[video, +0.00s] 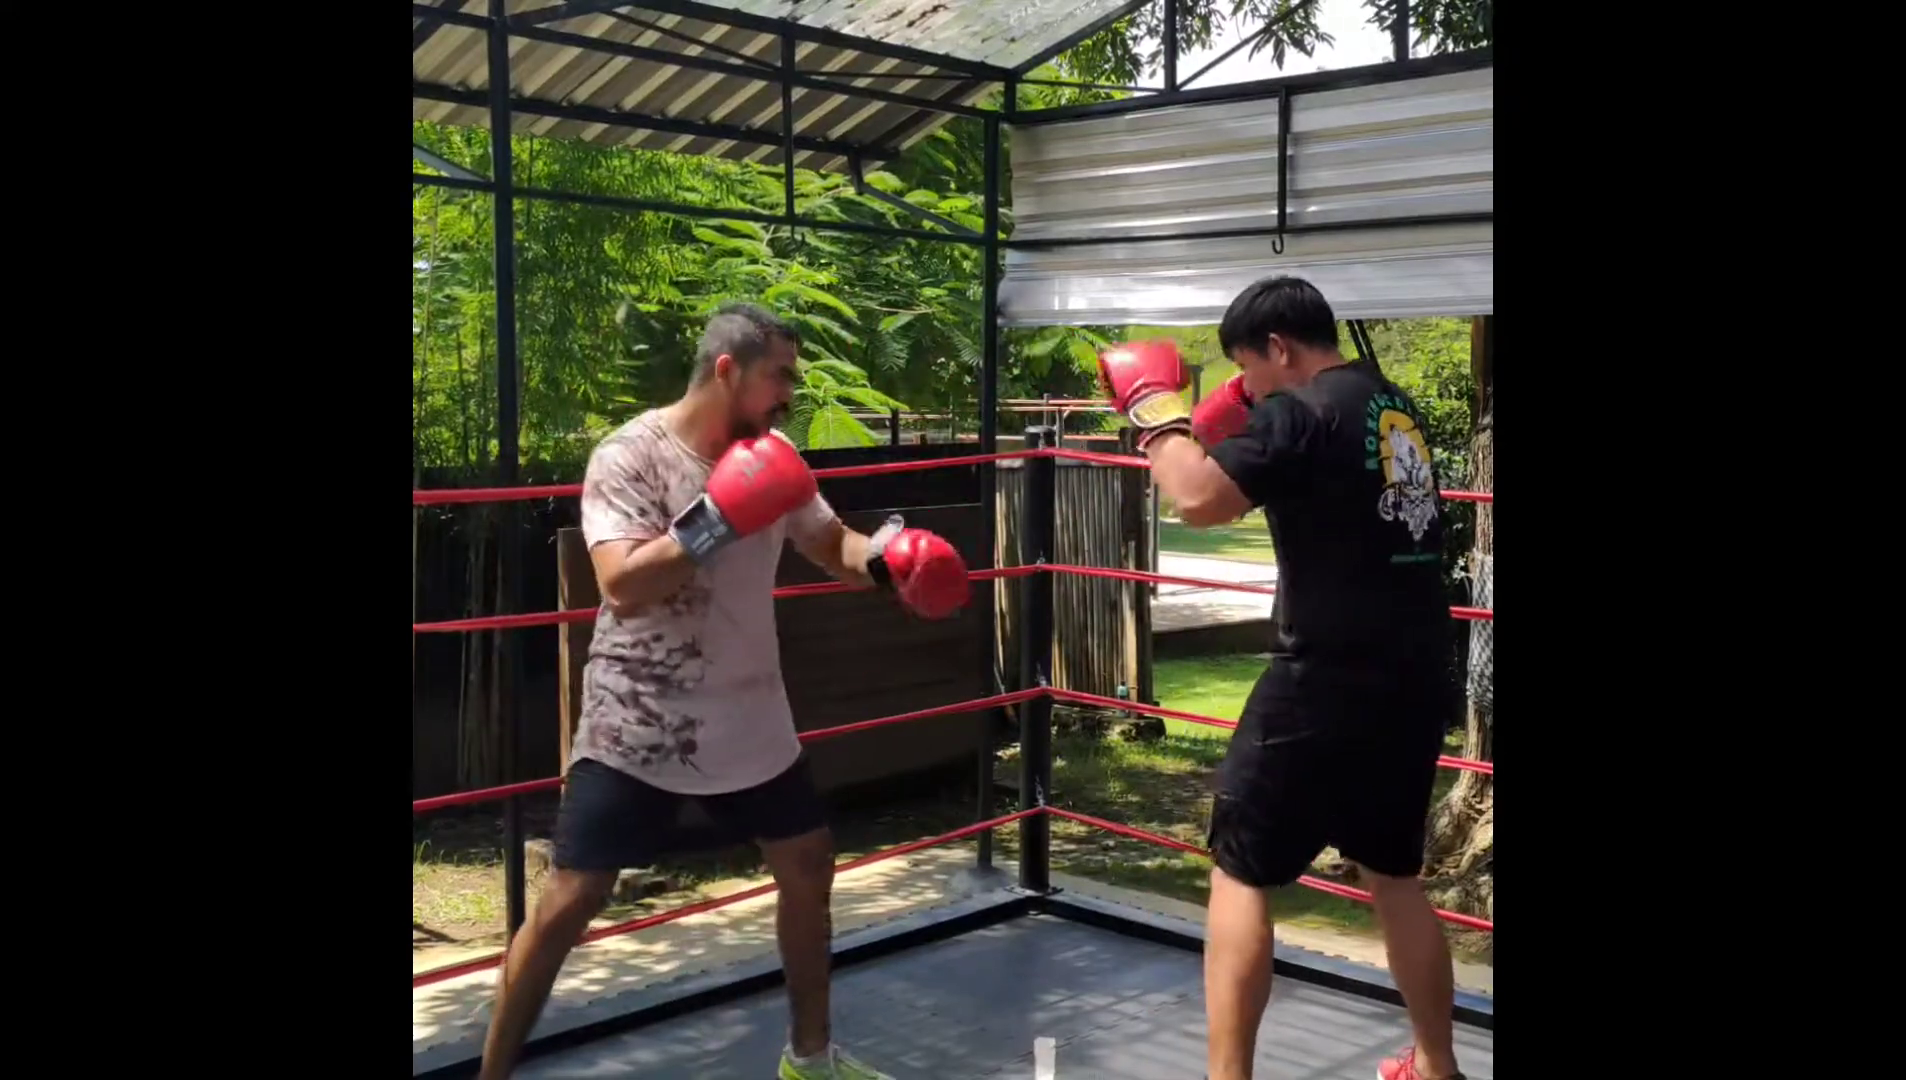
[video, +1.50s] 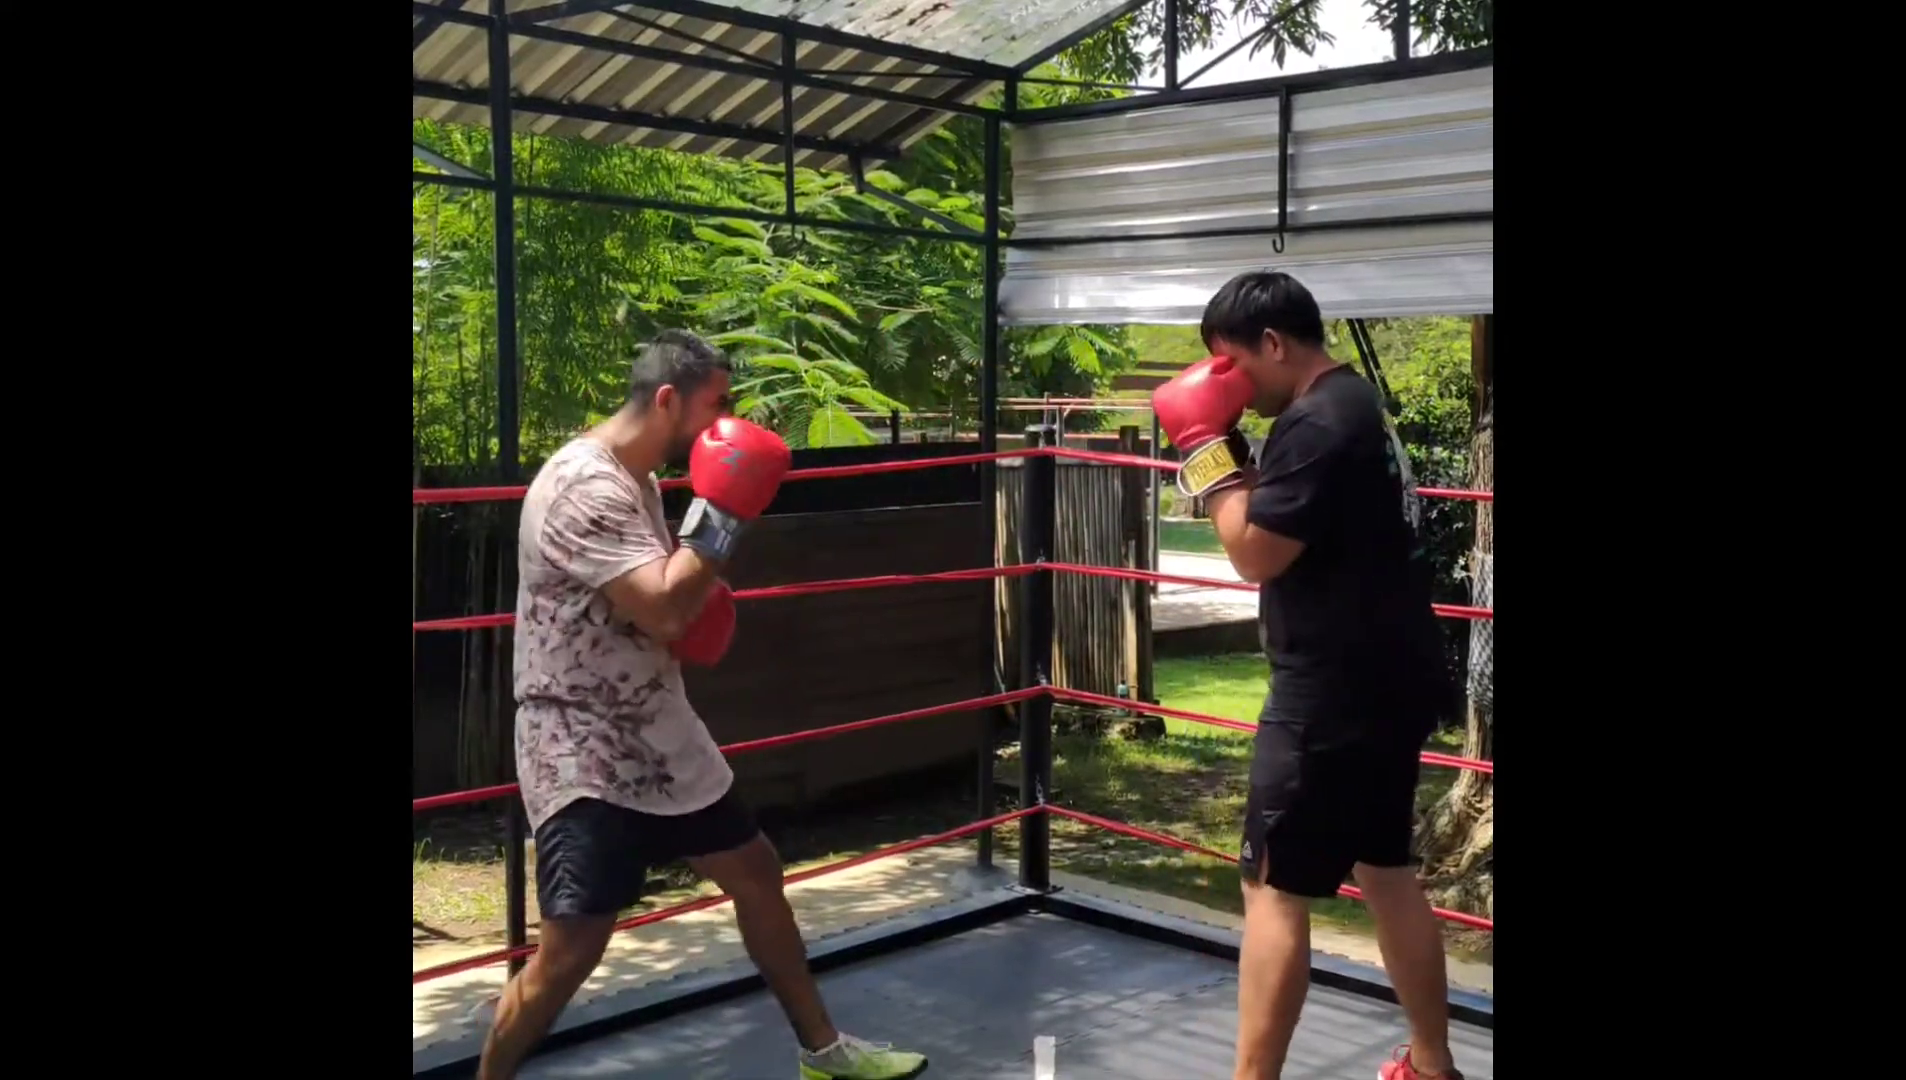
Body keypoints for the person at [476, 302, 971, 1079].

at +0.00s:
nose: (787, 397)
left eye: (791, 381)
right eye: (779, 378)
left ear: (739, 375)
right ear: (725, 368)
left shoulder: (766, 464)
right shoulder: (627, 457)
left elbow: (833, 540)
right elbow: (621, 585)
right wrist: (718, 514)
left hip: (750, 719)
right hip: (634, 721)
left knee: (808, 868)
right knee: (572, 899)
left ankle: (812, 1054)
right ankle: (493, 1072)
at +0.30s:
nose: (724, 414)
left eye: (727, 397)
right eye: (713, 395)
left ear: (664, 395)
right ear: (656, 391)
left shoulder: (709, 482)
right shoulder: (567, 487)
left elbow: (739, 580)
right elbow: (577, 623)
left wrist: (719, 632)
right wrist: (664, 541)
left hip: (685, 728)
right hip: (581, 740)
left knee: (776, 863)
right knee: (538, 933)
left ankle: (761, 1048)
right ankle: (490, 1075)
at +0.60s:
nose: (773, 378)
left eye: (772, 363)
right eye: (762, 362)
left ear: (709, 366)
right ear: (713, 364)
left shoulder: (677, 431)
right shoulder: (683, 444)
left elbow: (686, 550)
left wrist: (747, 571)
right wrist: (840, 419)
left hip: (693, 707)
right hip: (626, 711)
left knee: (750, 854)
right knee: (575, 919)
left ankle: (753, 1051)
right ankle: (497, 1072)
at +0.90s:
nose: (742, 382)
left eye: (744, 367)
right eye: (737, 365)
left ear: (688, 363)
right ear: (695, 363)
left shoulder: (692, 455)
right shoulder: (613, 458)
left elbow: (731, 563)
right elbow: (706, 574)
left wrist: (724, 600)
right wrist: (754, 476)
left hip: (681, 714)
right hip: (600, 720)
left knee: (733, 862)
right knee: (565, 919)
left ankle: (753, 1054)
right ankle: (491, 1073)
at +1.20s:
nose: (690, 398)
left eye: (693, 383)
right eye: (684, 380)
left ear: (635, 378)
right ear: (636, 376)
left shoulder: (636, 464)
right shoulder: (549, 473)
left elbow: (681, 585)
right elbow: (633, 601)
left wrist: (674, 588)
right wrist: (687, 498)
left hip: (634, 721)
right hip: (550, 730)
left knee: (702, 867)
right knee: (540, 937)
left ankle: (751, 1053)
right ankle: (489, 1075)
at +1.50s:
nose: (722, 422)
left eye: (726, 407)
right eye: (716, 404)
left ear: (665, 401)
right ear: (667, 399)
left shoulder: (639, 484)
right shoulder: (580, 486)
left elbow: (638, 611)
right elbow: (663, 608)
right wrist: (723, 511)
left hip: (663, 739)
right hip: (582, 751)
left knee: (756, 875)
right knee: (570, 950)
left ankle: (821, 1047)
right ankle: (490, 1072)